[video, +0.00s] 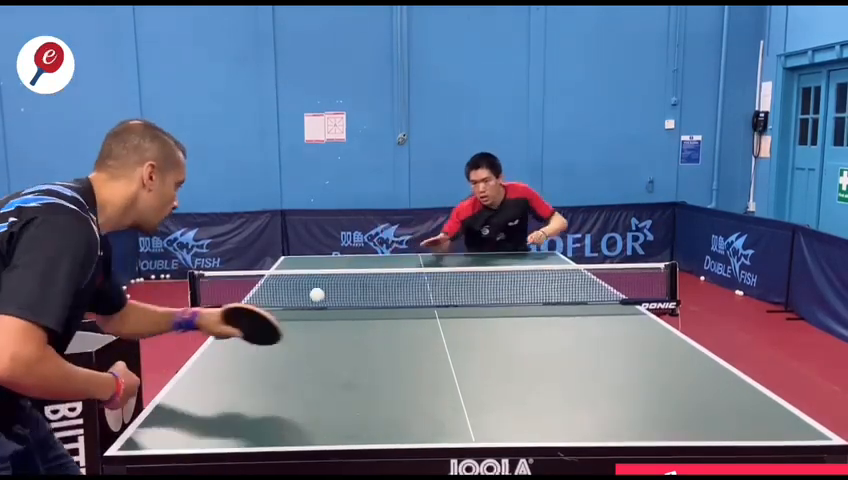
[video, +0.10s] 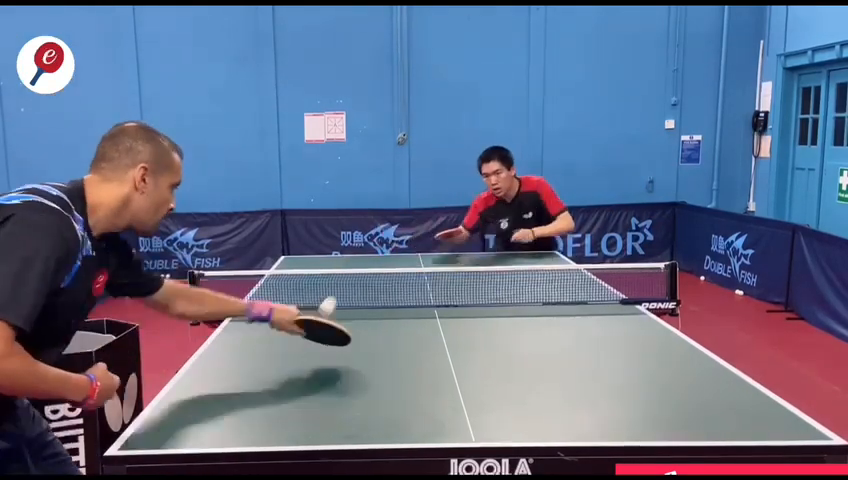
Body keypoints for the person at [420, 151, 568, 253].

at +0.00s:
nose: (481, 189)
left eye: (486, 181)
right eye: (475, 184)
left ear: (500, 178)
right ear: (471, 185)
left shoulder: (522, 194)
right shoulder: (465, 210)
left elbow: (561, 222)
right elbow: (445, 244)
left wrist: (545, 232)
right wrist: (440, 245)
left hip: (519, 272)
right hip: (479, 275)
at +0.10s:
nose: (493, 181)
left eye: (498, 173)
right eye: (487, 176)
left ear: (512, 171)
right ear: (483, 178)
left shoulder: (538, 187)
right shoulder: (483, 202)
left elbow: (568, 223)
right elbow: (466, 232)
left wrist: (534, 232)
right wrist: (459, 235)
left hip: (543, 265)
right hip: (505, 267)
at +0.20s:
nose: (499, 174)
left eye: (504, 167)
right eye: (493, 170)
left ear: (518, 164)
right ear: (489, 172)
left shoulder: (544, 181)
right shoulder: (493, 196)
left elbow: (566, 221)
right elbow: (477, 228)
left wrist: (527, 230)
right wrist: (468, 232)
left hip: (560, 255)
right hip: (524, 257)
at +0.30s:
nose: (501, 180)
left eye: (506, 172)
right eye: (496, 176)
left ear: (521, 169)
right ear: (492, 178)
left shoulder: (547, 186)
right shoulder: (504, 203)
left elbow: (558, 231)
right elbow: (492, 238)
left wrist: (515, 238)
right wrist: (469, 247)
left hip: (570, 256)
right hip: (539, 259)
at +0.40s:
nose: (507, 195)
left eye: (511, 187)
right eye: (502, 191)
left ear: (527, 184)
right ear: (499, 193)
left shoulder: (544, 199)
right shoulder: (521, 217)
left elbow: (540, 246)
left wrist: (501, 245)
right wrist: (503, 247)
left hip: (581, 267)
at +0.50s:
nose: (518, 203)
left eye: (521, 195)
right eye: (514, 200)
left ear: (539, 192)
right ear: (512, 202)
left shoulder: (548, 207)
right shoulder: (558, 205)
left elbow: (531, 249)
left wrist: (502, 237)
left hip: (589, 276)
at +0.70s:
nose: (574, 175)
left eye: (576, 168)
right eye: (571, 171)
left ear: (595, 162)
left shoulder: (627, 186)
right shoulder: (586, 201)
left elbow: (633, 228)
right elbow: (579, 244)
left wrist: (590, 218)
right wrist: (544, 249)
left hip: (622, 277)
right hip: (592, 277)